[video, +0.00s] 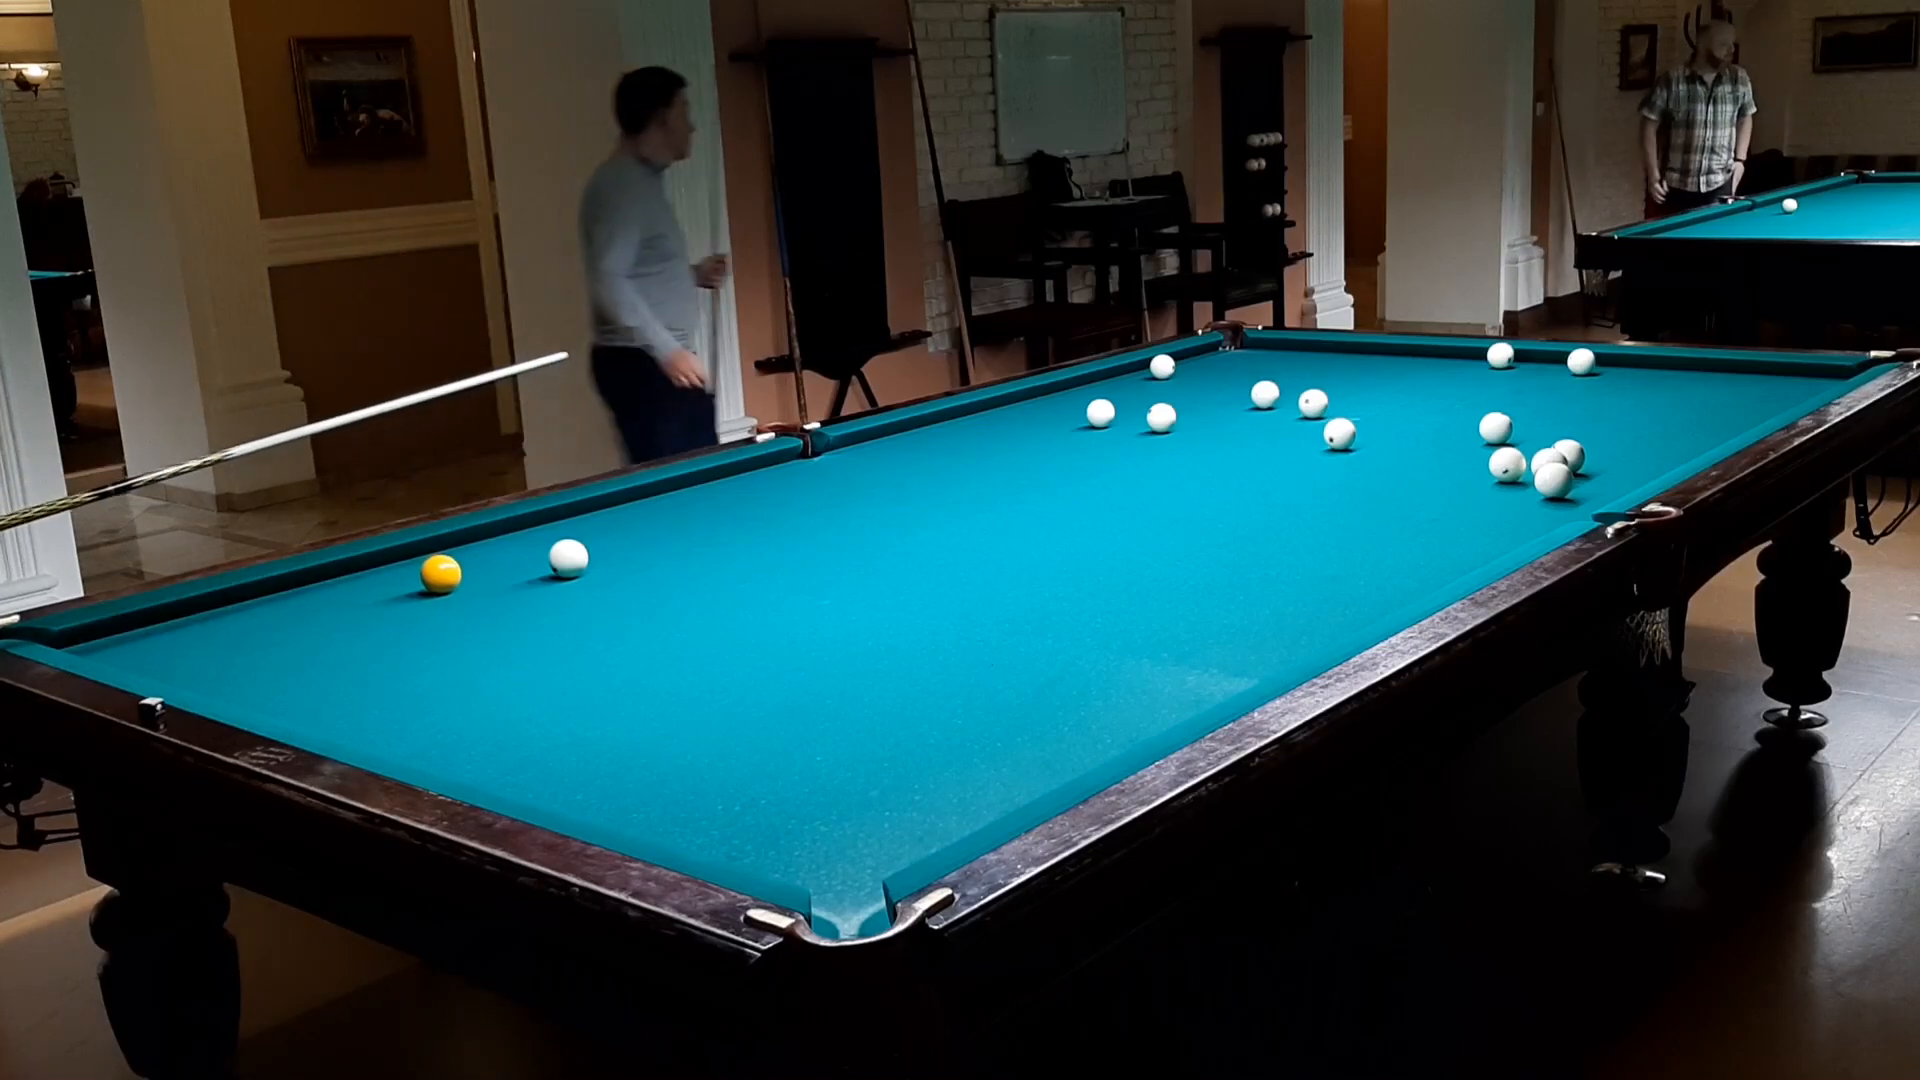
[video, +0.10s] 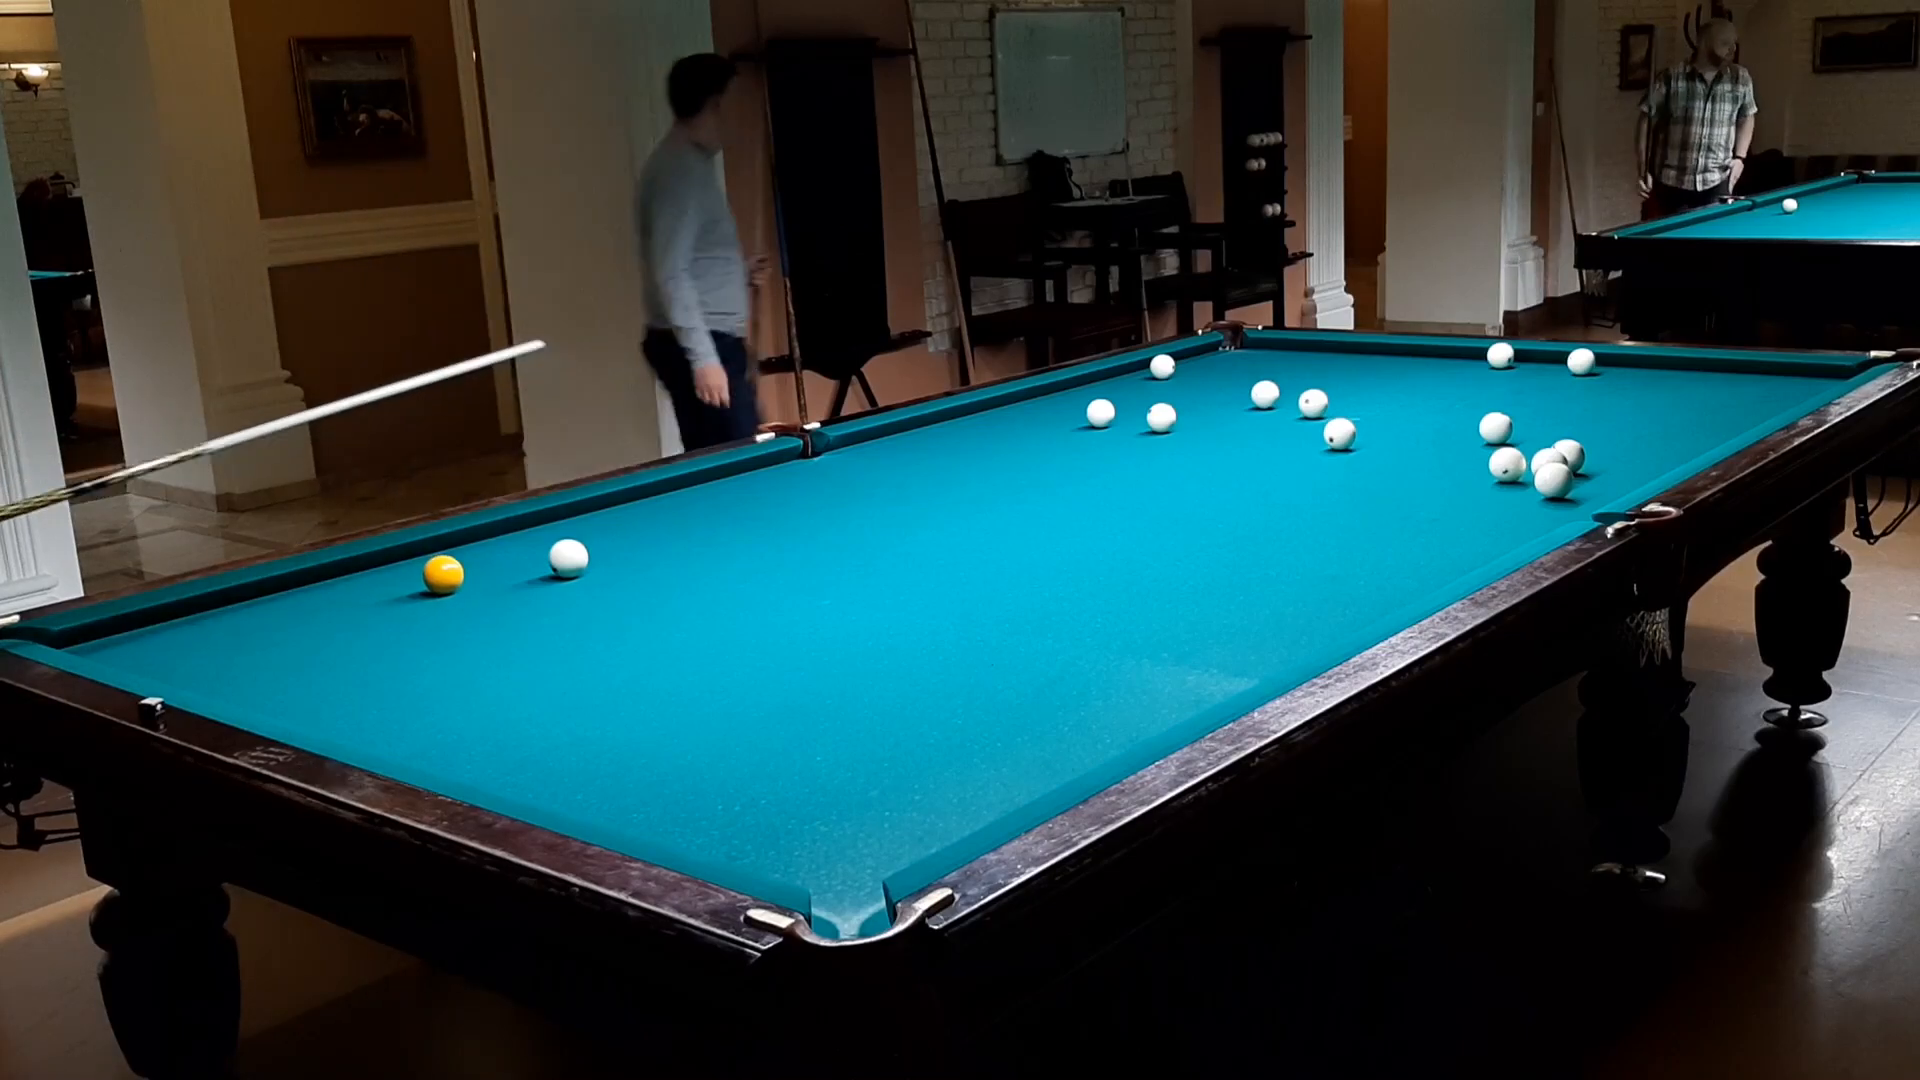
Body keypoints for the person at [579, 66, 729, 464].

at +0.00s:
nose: (692, 127)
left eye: (688, 113)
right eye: (684, 113)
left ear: (655, 121)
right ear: (659, 119)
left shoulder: (643, 180)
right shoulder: (622, 184)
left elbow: (639, 273)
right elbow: (610, 284)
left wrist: (692, 275)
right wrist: (668, 351)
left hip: (661, 359)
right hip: (637, 361)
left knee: (695, 486)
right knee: (675, 490)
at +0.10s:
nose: (729, 119)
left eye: (727, 106)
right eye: (725, 106)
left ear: (687, 106)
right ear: (709, 107)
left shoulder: (692, 162)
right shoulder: (679, 168)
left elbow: (686, 259)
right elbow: (670, 272)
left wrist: (737, 270)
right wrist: (703, 360)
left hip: (708, 336)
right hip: (696, 341)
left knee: (727, 474)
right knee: (734, 473)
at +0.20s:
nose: (793, 115)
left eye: (791, 102)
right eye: (789, 101)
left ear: (734, 102)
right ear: (770, 104)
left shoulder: (713, 160)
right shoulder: (746, 168)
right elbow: (726, 268)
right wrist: (743, 361)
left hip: (724, 333)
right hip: (760, 337)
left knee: (729, 465)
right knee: (818, 446)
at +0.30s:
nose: (846, 118)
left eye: (844, 106)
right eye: (842, 106)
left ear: (791, 110)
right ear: (827, 111)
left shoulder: (764, 167)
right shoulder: (805, 174)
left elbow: (740, 254)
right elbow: (789, 277)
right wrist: (798, 369)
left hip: (773, 343)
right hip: (817, 345)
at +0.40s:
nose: (894, 119)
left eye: (892, 107)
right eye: (891, 107)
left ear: (845, 109)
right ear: (879, 110)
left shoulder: (812, 168)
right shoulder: (864, 174)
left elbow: (785, 250)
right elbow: (857, 278)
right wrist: (875, 369)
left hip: (826, 338)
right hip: (873, 339)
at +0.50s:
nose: (947, 107)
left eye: (944, 96)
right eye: (945, 96)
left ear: (891, 97)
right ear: (935, 99)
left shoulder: (857, 160)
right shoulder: (922, 169)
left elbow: (830, 241)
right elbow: (934, 272)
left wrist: (880, 261)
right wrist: (967, 352)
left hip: (870, 326)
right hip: (915, 325)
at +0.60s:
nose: (989, 98)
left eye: (987, 88)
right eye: (987, 87)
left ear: (933, 89)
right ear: (980, 88)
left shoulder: (895, 151)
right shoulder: (969, 153)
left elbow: (867, 232)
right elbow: (1000, 244)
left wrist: (917, 258)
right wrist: (1050, 314)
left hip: (911, 315)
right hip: (962, 313)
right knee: (985, 429)